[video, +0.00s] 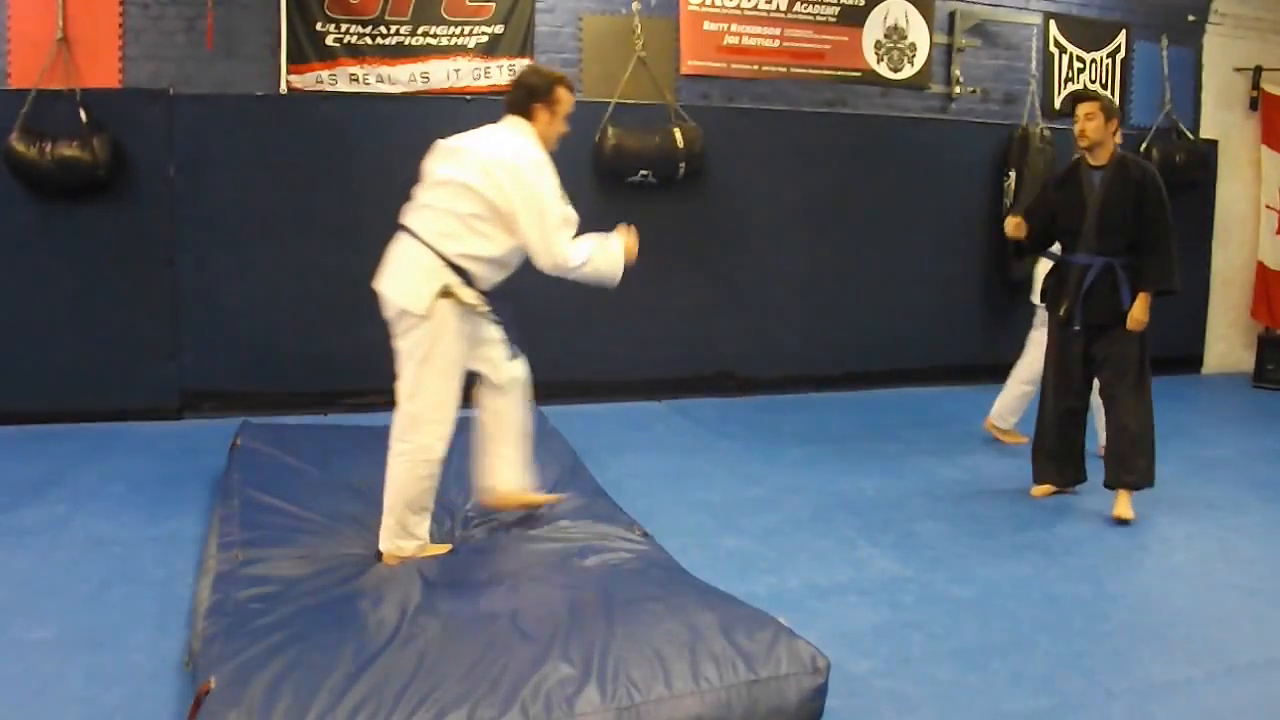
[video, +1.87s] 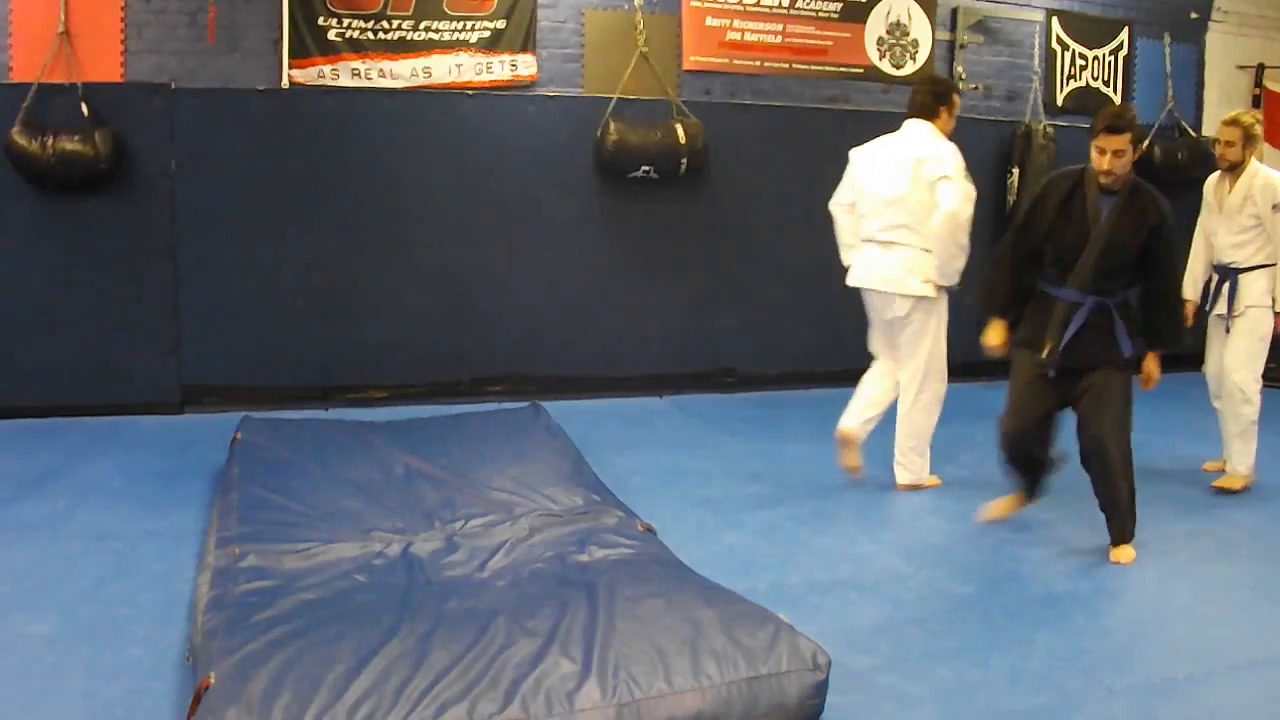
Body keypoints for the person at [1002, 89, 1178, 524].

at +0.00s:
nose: (1080, 126)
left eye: (1089, 119)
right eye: (1077, 119)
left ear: (1113, 126)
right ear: (1074, 126)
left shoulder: (1141, 176)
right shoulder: (1067, 177)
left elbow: (1157, 243)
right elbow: (1041, 225)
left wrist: (1144, 296)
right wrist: (1022, 227)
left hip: (1121, 295)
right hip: (1072, 292)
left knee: (1123, 392)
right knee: (1063, 387)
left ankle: (1124, 486)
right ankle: (1057, 473)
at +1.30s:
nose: (1118, 133)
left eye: (1127, 125)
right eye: (1113, 125)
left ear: (1149, 126)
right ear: (1110, 127)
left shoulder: (1175, 174)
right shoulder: (1109, 173)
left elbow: (1189, 244)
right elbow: (1083, 226)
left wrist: (1187, 308)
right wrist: (1062, 276)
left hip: (1159, 298)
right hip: (1118, 295)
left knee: (1133, 388)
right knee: (1119, 388)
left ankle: (1130, 494)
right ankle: (1115, 482)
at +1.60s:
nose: (1110, 149)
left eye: (1119, 140)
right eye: (1104, 140)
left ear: (1140, 139)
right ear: (1096, 140)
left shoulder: (1163, 190)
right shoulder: (1086, 187)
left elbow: (1186, 262)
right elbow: (1071, 250)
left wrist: (1198, 330)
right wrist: (1071, 306)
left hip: (1140, 308)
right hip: (1093, 308)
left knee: (1124, 407)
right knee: (1106, 404)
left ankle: (1120, 519)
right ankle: (1126, 486)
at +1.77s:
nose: (1111, 157)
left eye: (1121, 148)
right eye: (1105, 147)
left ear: (1142, 148)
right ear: (1096, 145)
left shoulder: (1162, 204)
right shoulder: (1070, 187)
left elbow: (1176, 277)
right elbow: (1038, 245)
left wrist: (1173, 343)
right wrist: (1031, 305)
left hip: (1122, 324)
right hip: (1066, 318)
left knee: (1110, 430)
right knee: (1051, 422)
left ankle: (1119, 534)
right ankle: (1095, 464)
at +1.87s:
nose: (1107, 164)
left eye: (1117, 154)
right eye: (1100, 152)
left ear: (1134, 153)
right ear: (1089, 149)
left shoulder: (1151, 209)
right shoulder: (1057, 189)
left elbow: (1161, 284)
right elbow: (1017, 250)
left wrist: (1153, 348)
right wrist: (1000, 315)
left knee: (1105, 439)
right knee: (1018, 426)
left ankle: (1120, 537)